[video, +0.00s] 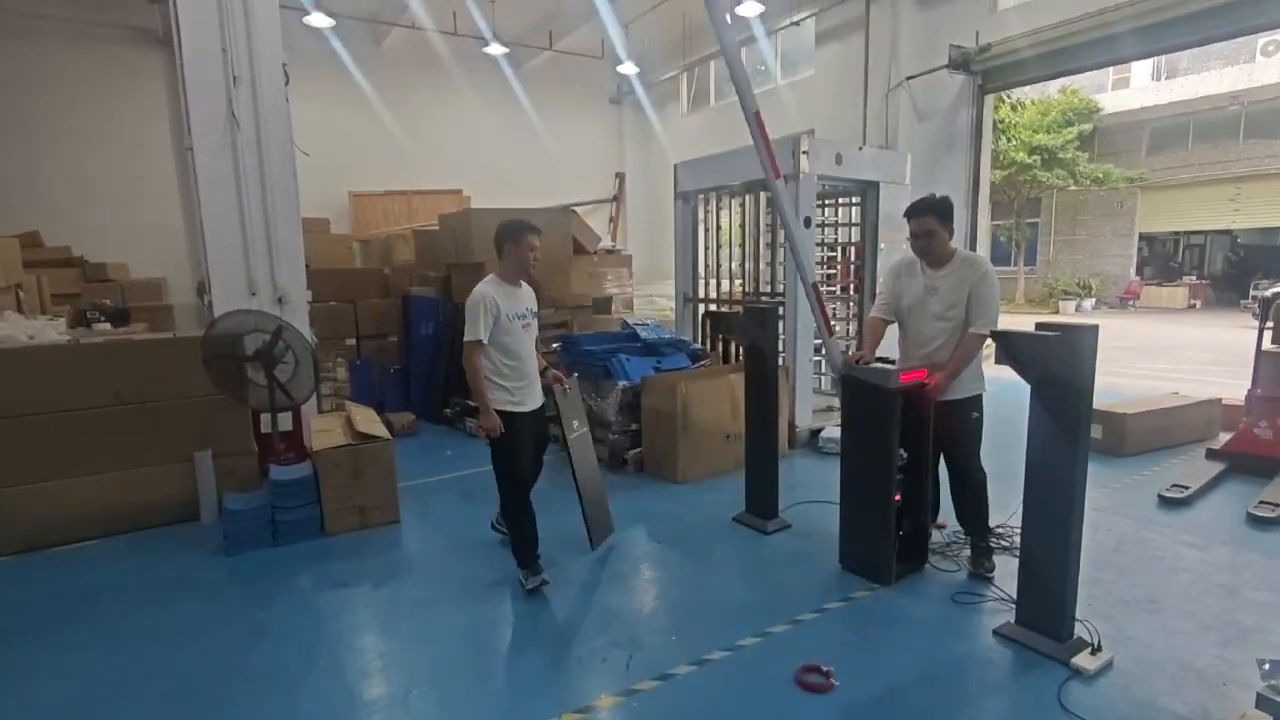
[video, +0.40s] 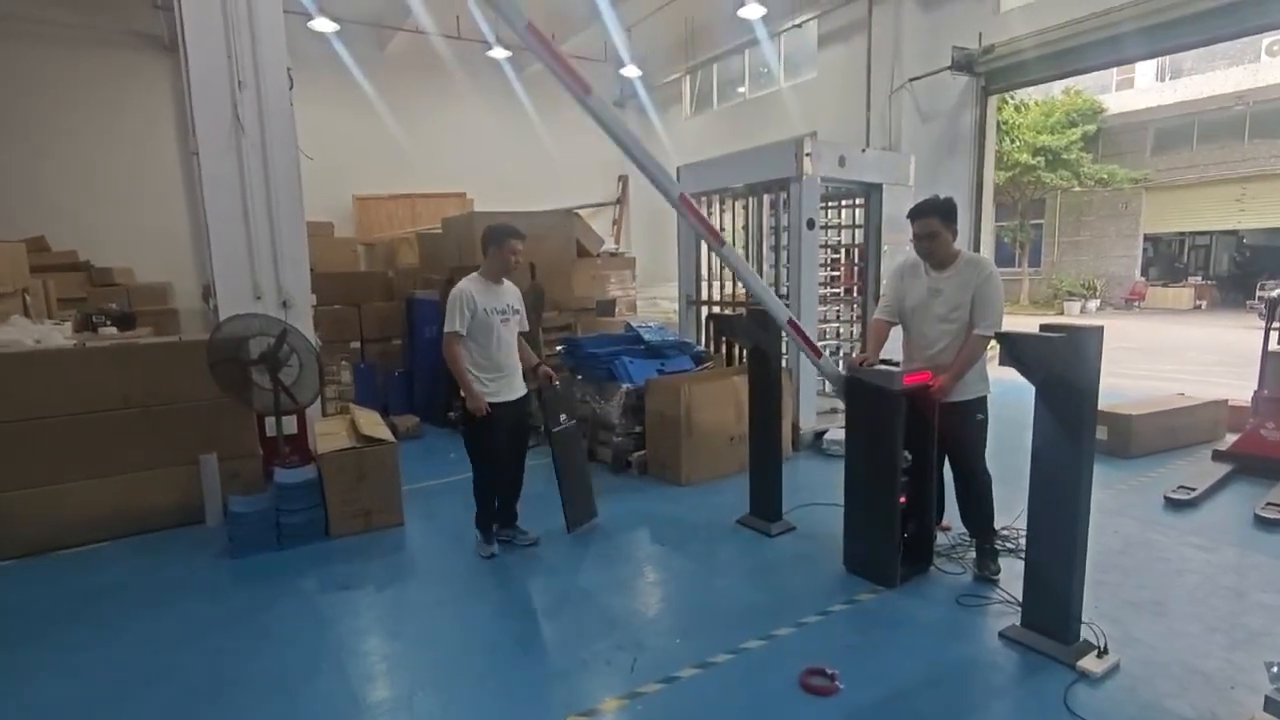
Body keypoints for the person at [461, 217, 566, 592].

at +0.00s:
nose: (535, 258)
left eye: (537, 251)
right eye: (529, 251)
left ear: (528, 253)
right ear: (506, 250)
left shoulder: (527, 293)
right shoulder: (482, 296)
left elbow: (525, 347)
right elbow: (471, 357)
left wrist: (546, 371)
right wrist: (484, 409)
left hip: (533, 405)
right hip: (505, 411)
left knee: (530, 472)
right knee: (516, 488)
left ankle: (505, 517)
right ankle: (528, 564)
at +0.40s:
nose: (518, 261)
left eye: (520, 254)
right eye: (513, 253)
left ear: (513, 256)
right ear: (492, 252)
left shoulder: (512, 292)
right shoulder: (463, 292)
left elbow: (517, 339)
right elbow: (451, 346)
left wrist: (537, 365)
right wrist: (470, 391)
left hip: (516, 397)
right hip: (483, 400)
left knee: (514, 466)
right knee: (487, 469)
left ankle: (508, 526)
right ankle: (486, 530)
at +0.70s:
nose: (503, 264)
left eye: (504, 258)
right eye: (497, 258)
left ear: (502, 258)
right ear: (475, 256)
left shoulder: (501, 292)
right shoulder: (452, 299)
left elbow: (511, 336)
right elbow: (442, 352)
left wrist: (535, 359)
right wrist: (454, 399)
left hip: (507, 396)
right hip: (472, 402)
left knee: (510, 463)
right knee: (476, 466)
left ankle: (511, 526)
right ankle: (479, 522)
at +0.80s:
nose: (500, 266)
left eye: (502, 260)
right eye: (495, 260)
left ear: (501, 260)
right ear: (473, 258)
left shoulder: (498, 292)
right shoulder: (450, 300)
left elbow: (510, 333)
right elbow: (440, 352)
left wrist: (534, 358)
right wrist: (449, 399)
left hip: (505, 395)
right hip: (470, 400)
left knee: (510, 462)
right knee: (475, 466)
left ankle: (514, 522)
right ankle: (481, 522)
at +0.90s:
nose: (497, 268)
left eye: (498, 262)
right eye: (493, 261)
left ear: (494, 262)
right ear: (474, 258)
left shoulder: (497, 291)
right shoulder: (450, 300)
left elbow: (511, 332)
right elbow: (441, 352)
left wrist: (535, 358)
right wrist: (449, 398)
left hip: (506, 395)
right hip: (471, 400)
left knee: (512, 460)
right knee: (477, 466)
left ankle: (519, 517)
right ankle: (482, 523)